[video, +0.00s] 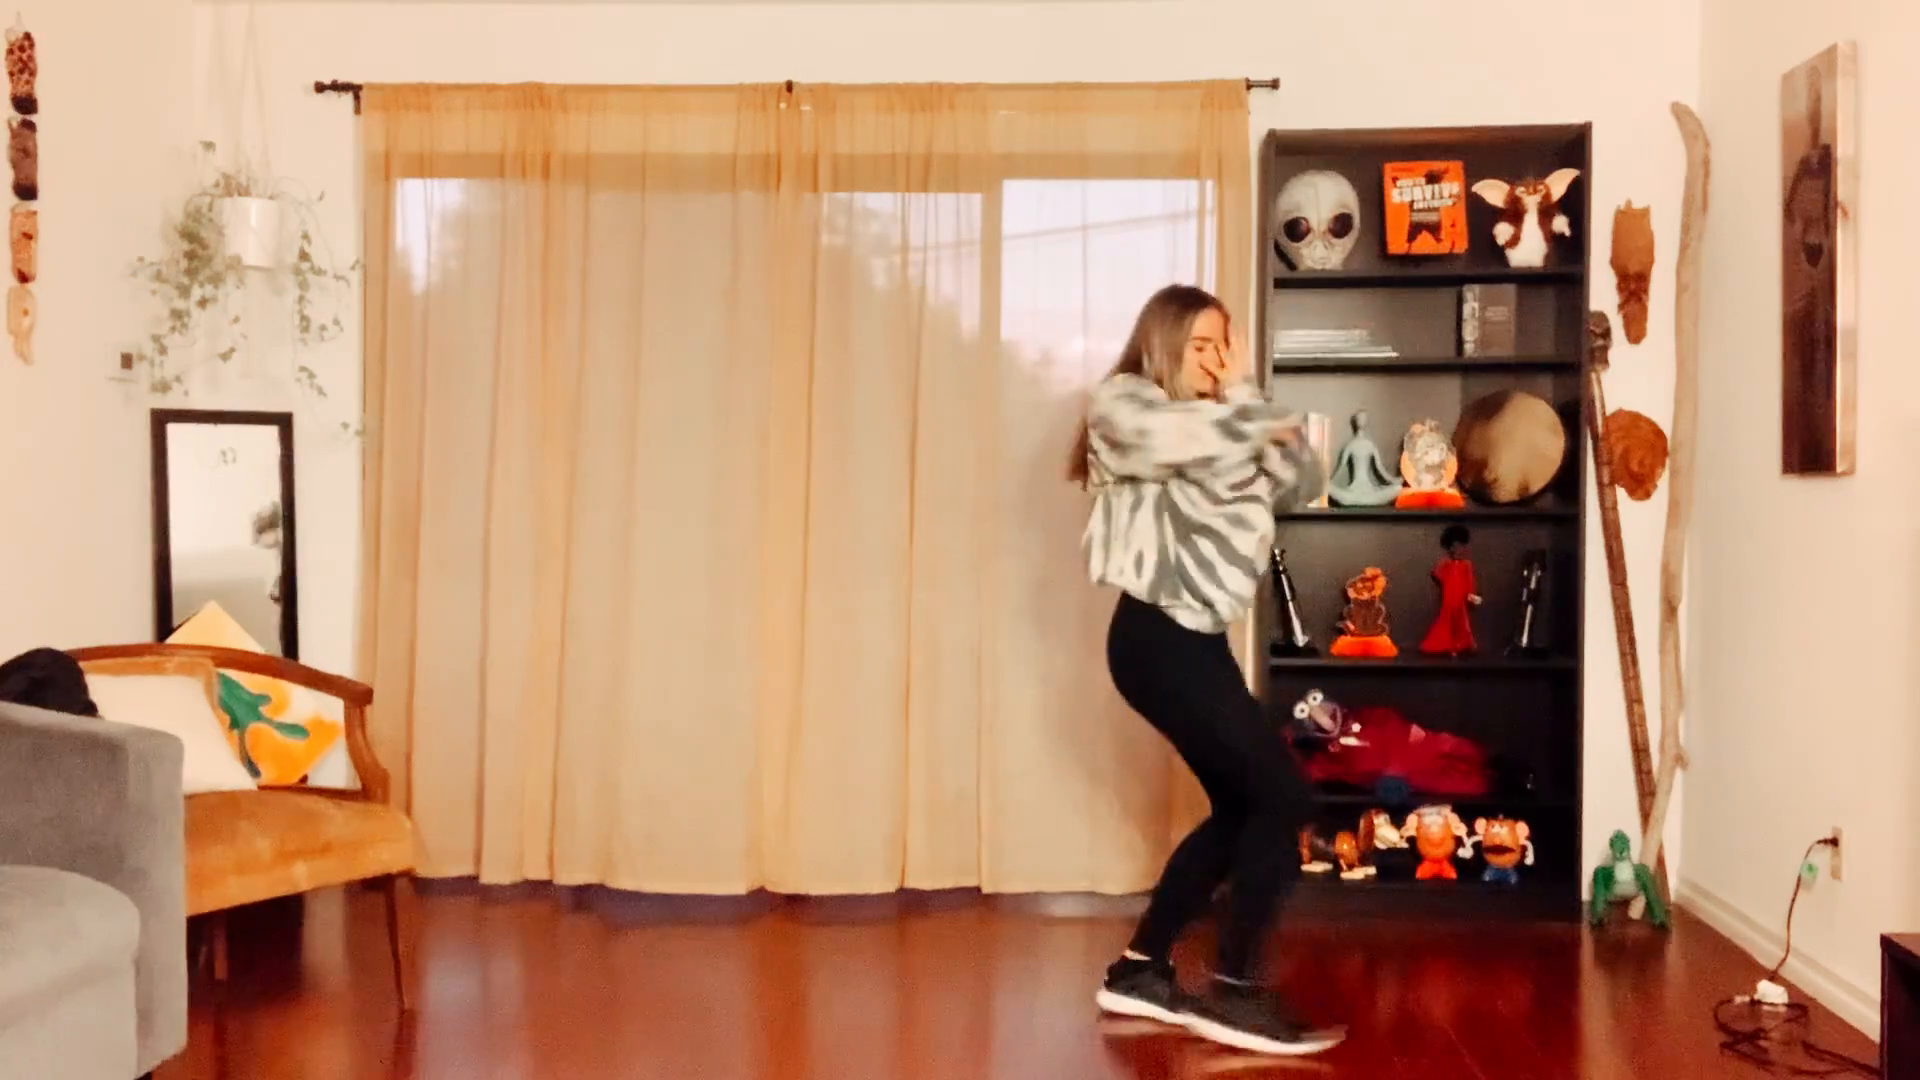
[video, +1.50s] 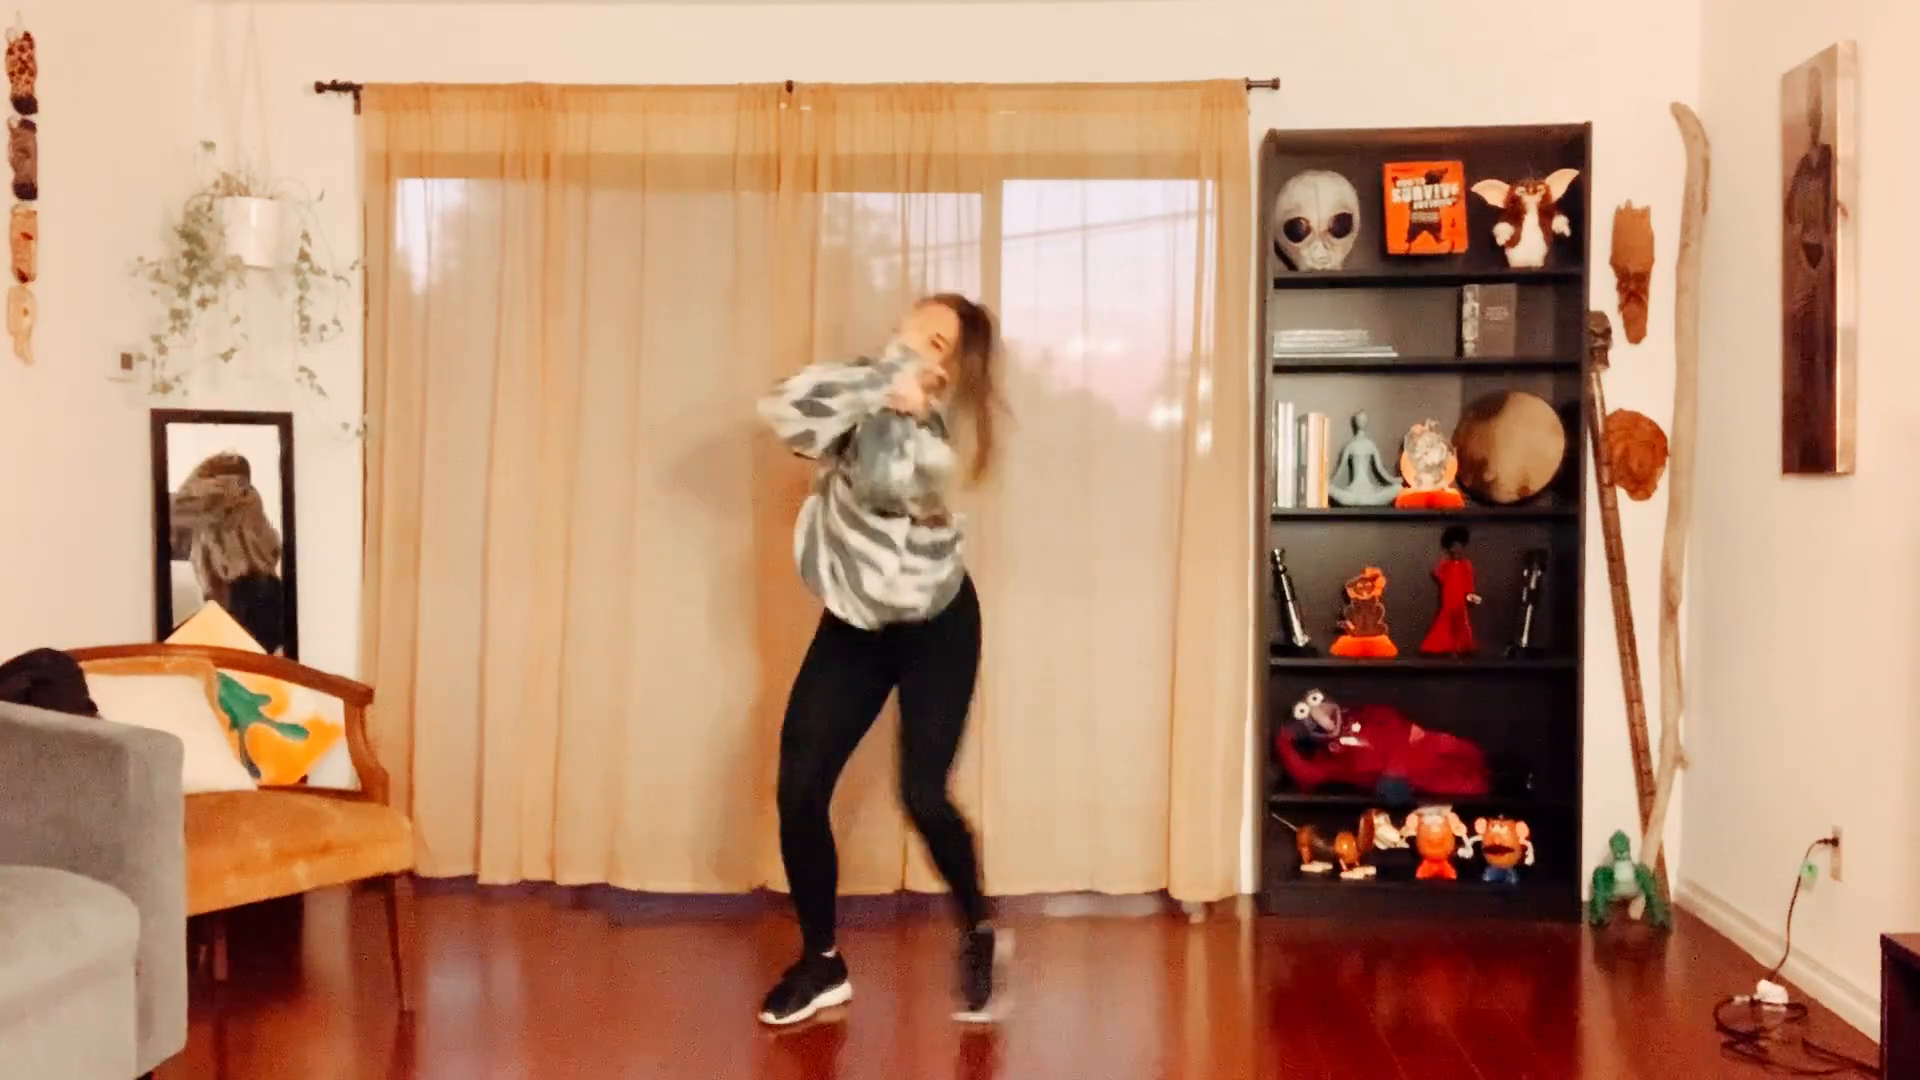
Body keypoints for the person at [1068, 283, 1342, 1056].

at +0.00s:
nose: (1220, 361)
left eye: (1225, 348)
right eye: (1205, 346)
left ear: (1225, 356)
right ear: (1161, 346)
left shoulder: (1217, 419)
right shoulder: (1122, 406)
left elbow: (1278, 490)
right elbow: (1180, 437)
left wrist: (1296, 453)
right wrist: (1251, 411)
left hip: (1197, 639)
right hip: (1157, 639)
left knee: (1243, 808)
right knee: (1278, 798)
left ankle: (1141, 967)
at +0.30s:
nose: (1234, 348)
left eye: (1241, 335)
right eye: (1220, 332)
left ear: (1246, 342)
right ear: (1182, 329)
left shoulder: (1248, 411)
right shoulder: (1128, 405)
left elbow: (1330, 445)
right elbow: (1133, 474)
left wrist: (1267, 384)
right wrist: (1246, 431)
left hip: (1243, 625)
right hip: (1171, 627)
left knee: (1254, 799)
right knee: (1269, 791)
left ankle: (1171, 951)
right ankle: (1324, 987)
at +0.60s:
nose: (1252, 316)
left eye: (1250, 302)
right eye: (1241, 300)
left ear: (1189, 303)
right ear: (1206, 302)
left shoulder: (1206, 378)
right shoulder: (1159, 367)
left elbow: (1281, 429)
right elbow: (1285, 405)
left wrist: (1257, 350)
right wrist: (1339, 376)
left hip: (1156, 603)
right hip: (1097, 595)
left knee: (1187, 784)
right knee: (1115, 788)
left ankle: (1151, 960)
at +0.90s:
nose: (1203, 444)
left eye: (1207, 431)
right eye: (1191, 428)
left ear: (1199, 440)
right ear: (1151, 432)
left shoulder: (1189, 511)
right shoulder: (1104, 477)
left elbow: (1225, 587)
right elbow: (1205, 540)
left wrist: (1235, 516)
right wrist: (1242, 497)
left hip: (1097, 701)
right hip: (1009, 679)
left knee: (1220, 805)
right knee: (891, 833)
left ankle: (1151, 969)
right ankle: (823, 966)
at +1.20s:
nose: (1088, 484)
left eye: (1101, 489)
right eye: (1084, 469)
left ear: (1096, 518)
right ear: (1055, 465)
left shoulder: (1059, 564)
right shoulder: (978, 479)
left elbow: (996, 572)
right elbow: (934, 445)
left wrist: (1049, 519)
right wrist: (1039, 481)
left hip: (992, 710)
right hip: (897, 700)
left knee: (1123, 817)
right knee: (782, 825)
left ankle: (1144, 972)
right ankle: (818, 965)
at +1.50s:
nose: (914, 345)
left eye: (936, 341)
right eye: (912, 331)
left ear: (956, 368)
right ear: (895, 332)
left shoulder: (944, 443)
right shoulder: (852, 394)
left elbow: (910, 478)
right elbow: (780, 411)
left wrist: (894, 410)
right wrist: (878, 384)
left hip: (938, 624)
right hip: (855, 623)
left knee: (924, 796)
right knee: (799, 788)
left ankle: (979, 934)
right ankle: (821, 962)